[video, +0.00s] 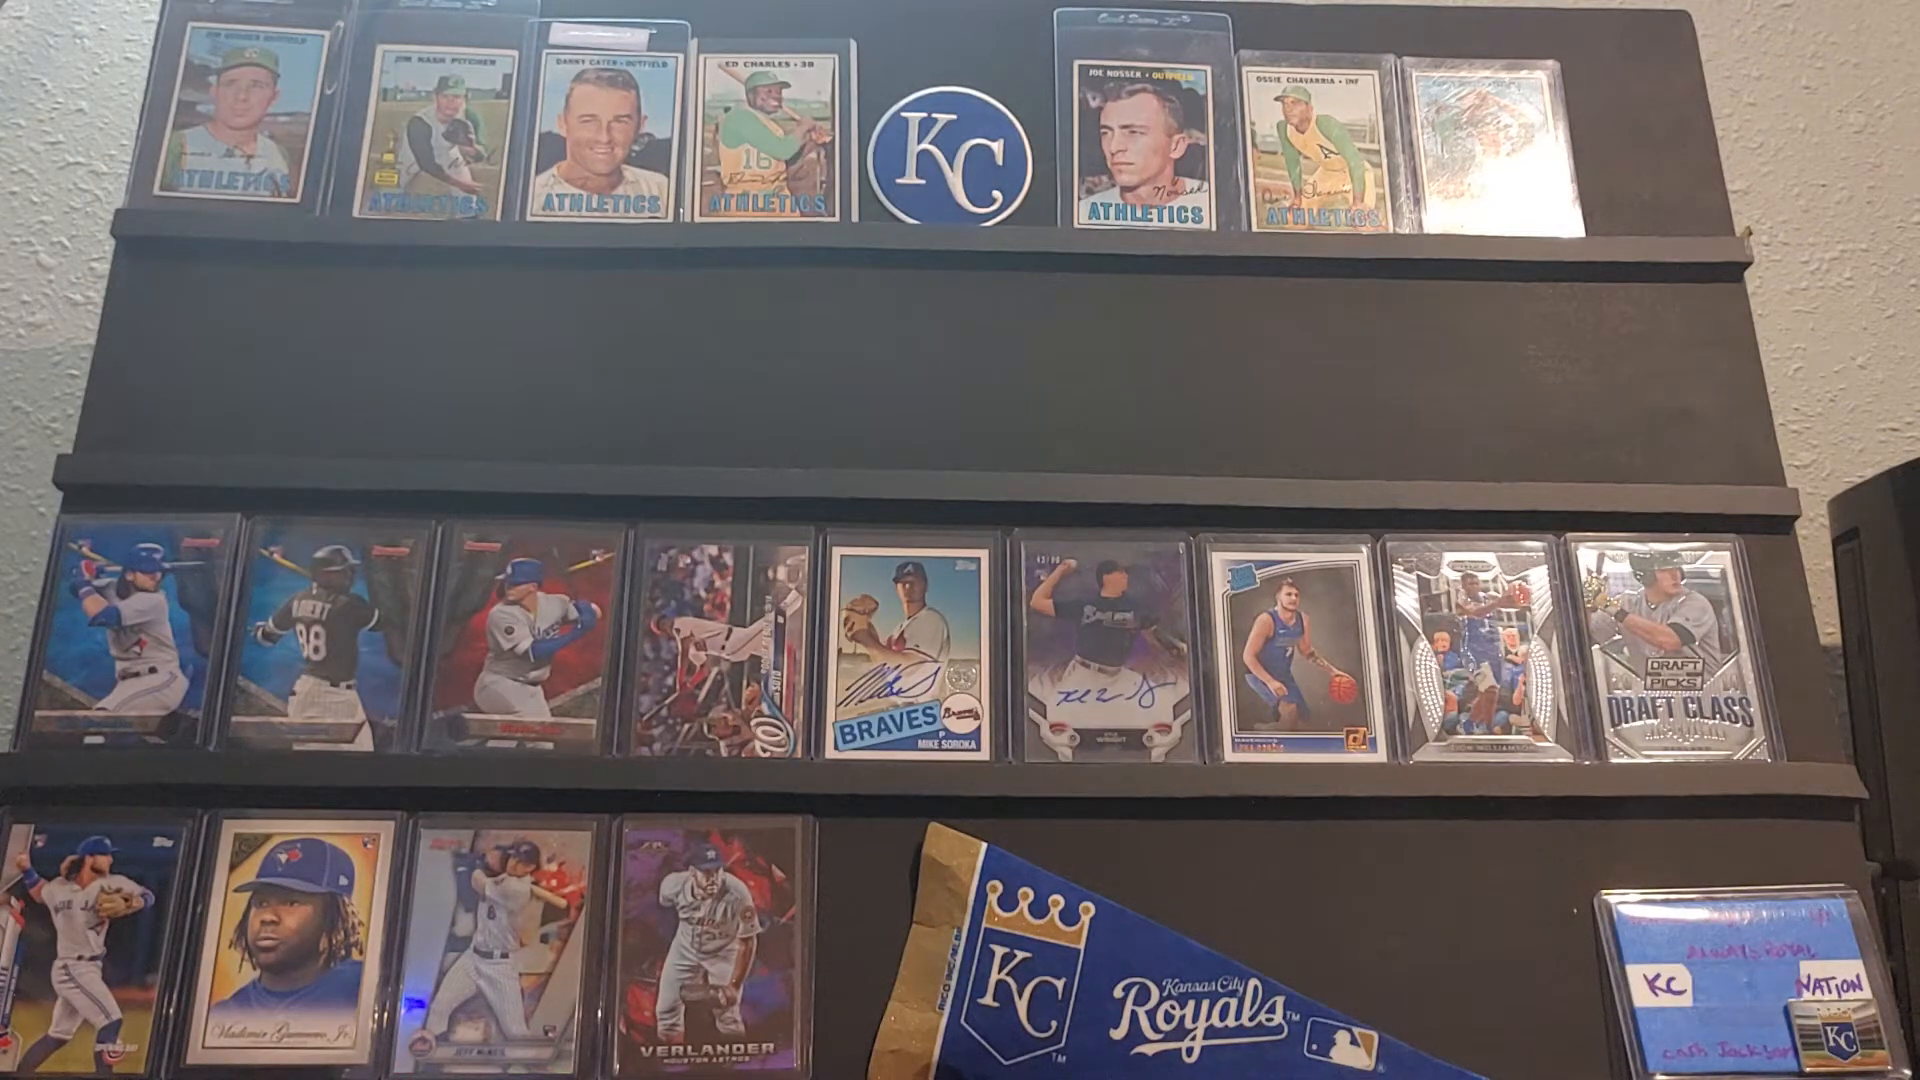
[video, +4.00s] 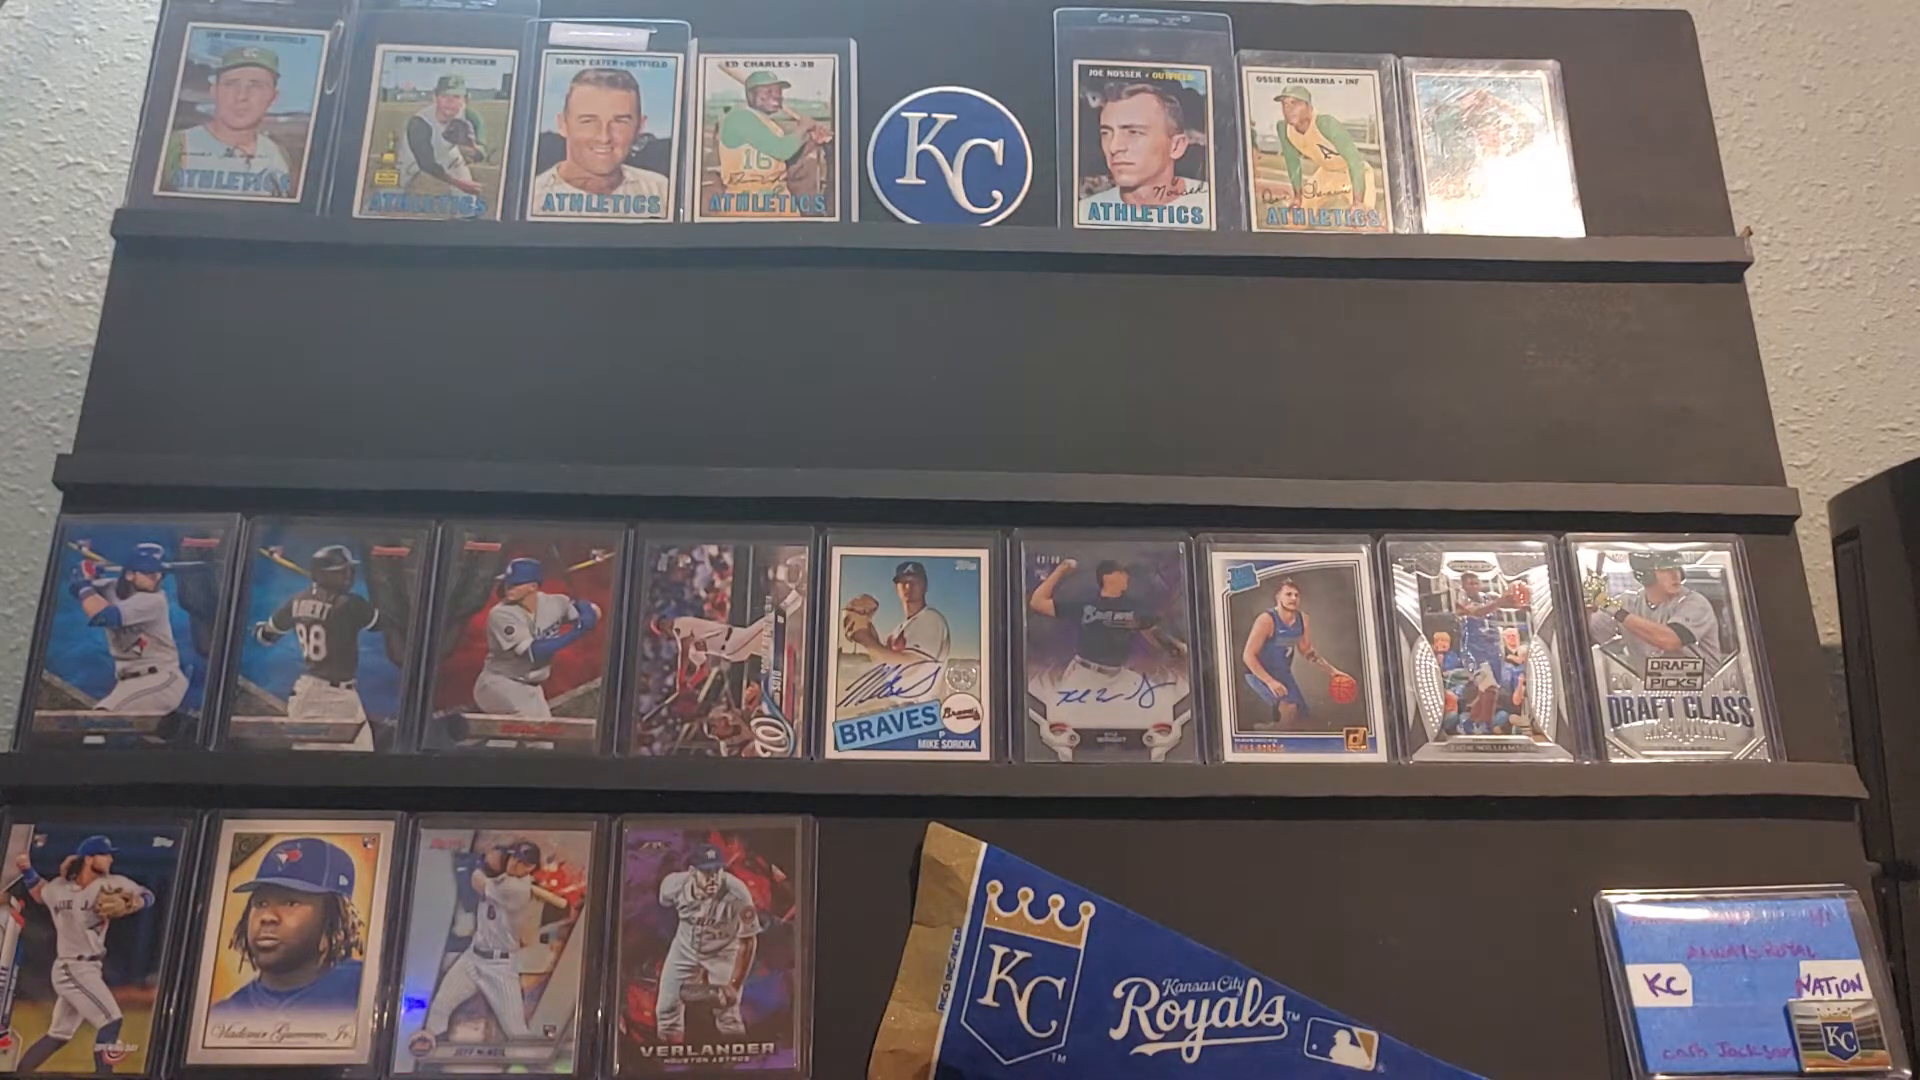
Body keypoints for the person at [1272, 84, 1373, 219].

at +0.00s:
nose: (1288, 109)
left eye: (1294, 103)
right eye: (1284, 104)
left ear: (1309, 107)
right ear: (1281, 107)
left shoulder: (1326, 124)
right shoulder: (1284, 129)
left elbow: (1355, 161)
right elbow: (1293, 163)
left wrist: (1358, 202)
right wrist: (1297, 197)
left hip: (1354, 173)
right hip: (1327, 172)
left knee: (1361, 220)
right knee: (1301, 208)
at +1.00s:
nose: (1288, 109)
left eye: (1294, 104)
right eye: (1284, 104)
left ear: (1309, 108)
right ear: (1281, 108)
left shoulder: (1326, 124)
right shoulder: (1284, 128)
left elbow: (1355, 161)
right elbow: (1292, 163)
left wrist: (1358, 202)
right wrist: (1297, 197)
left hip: (1354, 172)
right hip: (1327, 171)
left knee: (1361, 217)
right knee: (1303, 207)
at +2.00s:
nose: (1288, 109)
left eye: (1294, 103)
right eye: (1285, 104)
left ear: (1308, 107)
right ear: (1282, 108)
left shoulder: (1326, 123)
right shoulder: (1283, 128)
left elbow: (1355, 160)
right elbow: (1292, 162)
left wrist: (1358, 203)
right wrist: (1297, 197)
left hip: (1354, 172)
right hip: (1326, 172)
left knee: (1361, 219)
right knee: (1304, 210)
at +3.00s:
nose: (1288, 109)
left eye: (1294, 103)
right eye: (1284, 104)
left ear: (1308, 107)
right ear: (1281, 108)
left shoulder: (1326, 123)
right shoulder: (1283, 128)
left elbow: (1355, 160)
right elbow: (1293, 163)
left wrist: (1358, 202)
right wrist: (1297, 196)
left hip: (1355, 173)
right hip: (1327, 173)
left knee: (1360, 218)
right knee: (1302, 210)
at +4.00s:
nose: (1288, 110)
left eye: (1294, 103)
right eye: (1284, 105)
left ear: (1308, 107)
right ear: (1281, 108)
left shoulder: (1327, 124)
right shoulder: (1283, 128)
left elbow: (1355, 160)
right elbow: (1293, 163)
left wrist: (1357, 202)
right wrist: (1297, 197)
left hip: (1355, 174)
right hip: (1327, 173)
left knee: (1360, 220)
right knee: (1301, 212)